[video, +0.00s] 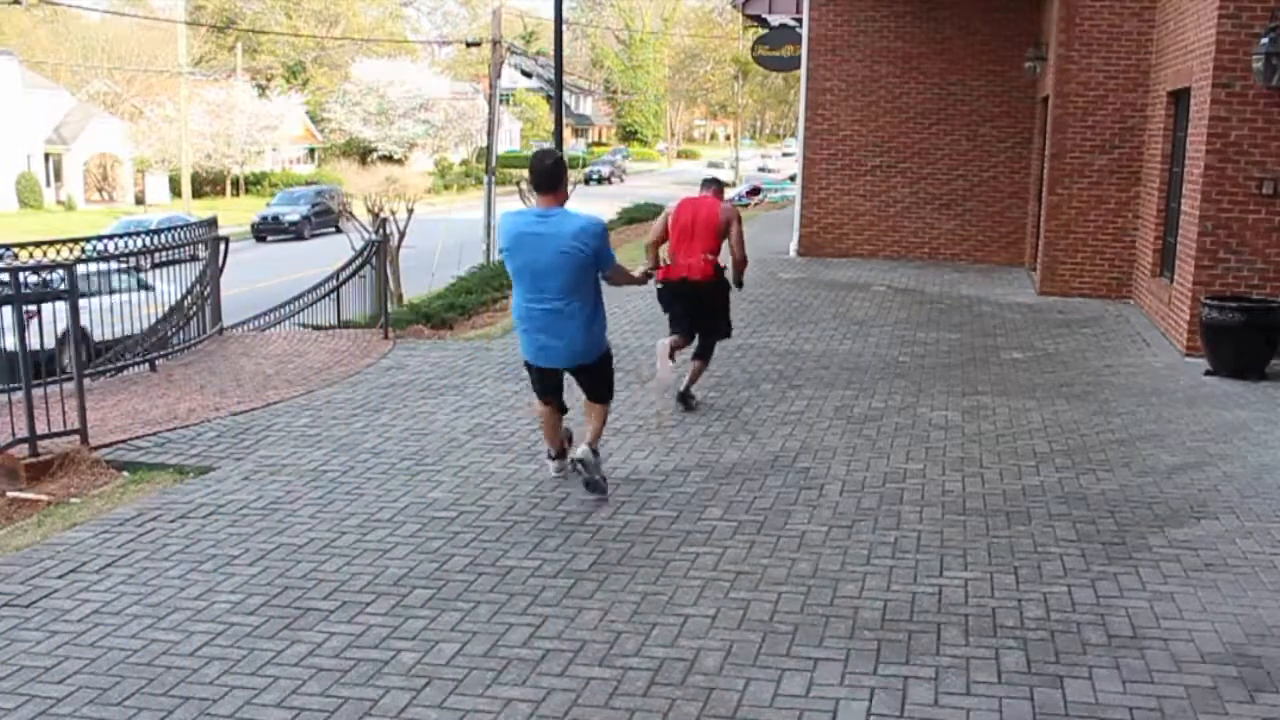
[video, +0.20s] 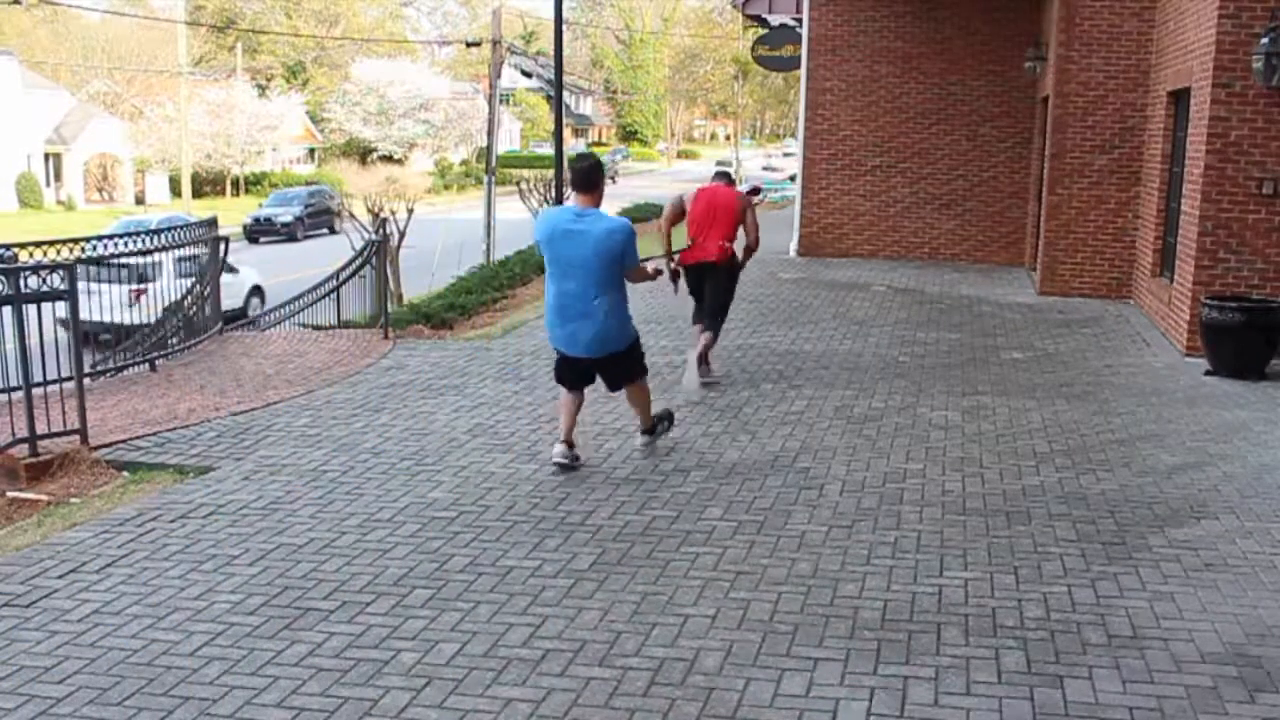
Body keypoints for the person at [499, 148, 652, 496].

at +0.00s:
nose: (567, 183)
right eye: (566, 178)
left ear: (531, 185)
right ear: (566, 182)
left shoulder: (508, 225)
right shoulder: (590, 228)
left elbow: (517, 269)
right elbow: (612, 274)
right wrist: (636, 279)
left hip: (536, 344)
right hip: (584, 341)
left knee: (549, 404)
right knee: (598, 396)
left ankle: (556, 456)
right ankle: (589, 447)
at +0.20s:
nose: (603, 185)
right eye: (602, 181)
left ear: (571, 185)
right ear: (601, 184)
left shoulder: (546, 222)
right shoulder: (619, 229)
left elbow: (557, 259)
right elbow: (633, 274)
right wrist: (650, 273)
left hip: (565, 332)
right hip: (610, 331)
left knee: (571, 388)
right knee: (633, 378)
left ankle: (564, 444)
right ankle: (647, 425)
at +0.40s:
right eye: (636, 179)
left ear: (608, 183)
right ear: (638, 182)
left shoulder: (588, 219)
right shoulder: (657, 223)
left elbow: (574, 255)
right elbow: (668, 266)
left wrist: (605, 248)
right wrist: (679, 256)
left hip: (607, 317)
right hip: (646, 320)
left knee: (610, 355)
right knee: (657, 371)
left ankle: (605, 410)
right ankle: (652, 423)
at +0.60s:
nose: (647, 182)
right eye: (650, 177)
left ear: (626, 181)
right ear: (654, 180)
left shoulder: (608, 214)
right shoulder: (672, 216)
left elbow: (612, 251)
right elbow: (692, 255)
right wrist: (706, 255)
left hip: (632, 307)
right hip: (669, 303)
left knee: (641, 355)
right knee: (685, 337)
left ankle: (644, 400)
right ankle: (679, 389)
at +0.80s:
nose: (679, 179)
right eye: (681, 176)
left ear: (657, 179)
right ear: (682, 179)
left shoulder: (638, 208)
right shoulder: (699, 212)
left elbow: (635, 238)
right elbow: (706, 244)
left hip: (654, 292)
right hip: (689, 294)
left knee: (658, 330)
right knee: (700, 342)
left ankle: (648, 369)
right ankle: (713, 382)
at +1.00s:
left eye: (677, 170)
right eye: (692, 169)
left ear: (672, 173)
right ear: (696, 171)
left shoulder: (656, 204)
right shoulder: (715, 201)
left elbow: (653, 229)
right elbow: (726, 232)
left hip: (675, 282)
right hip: (710, 281)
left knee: (675, 324)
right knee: (716, 327)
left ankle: (678, 367)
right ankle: (714, 366)